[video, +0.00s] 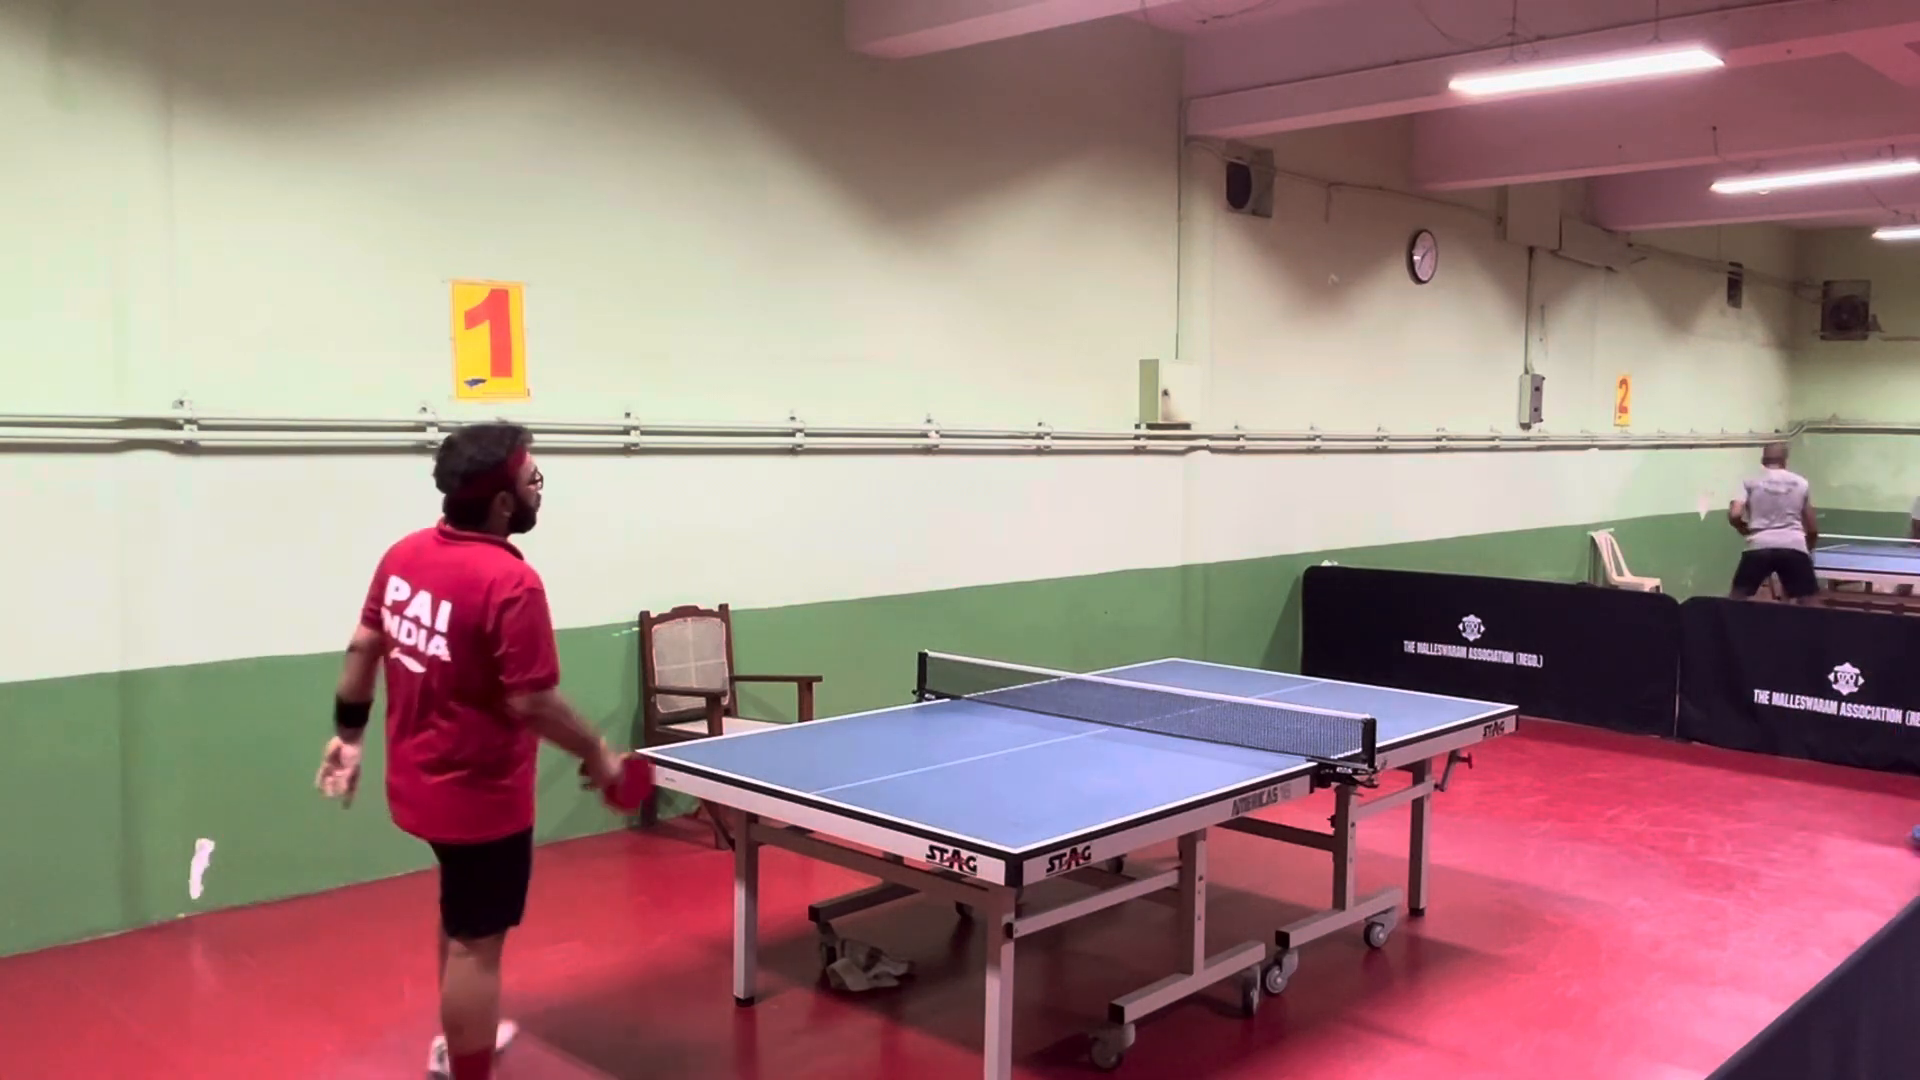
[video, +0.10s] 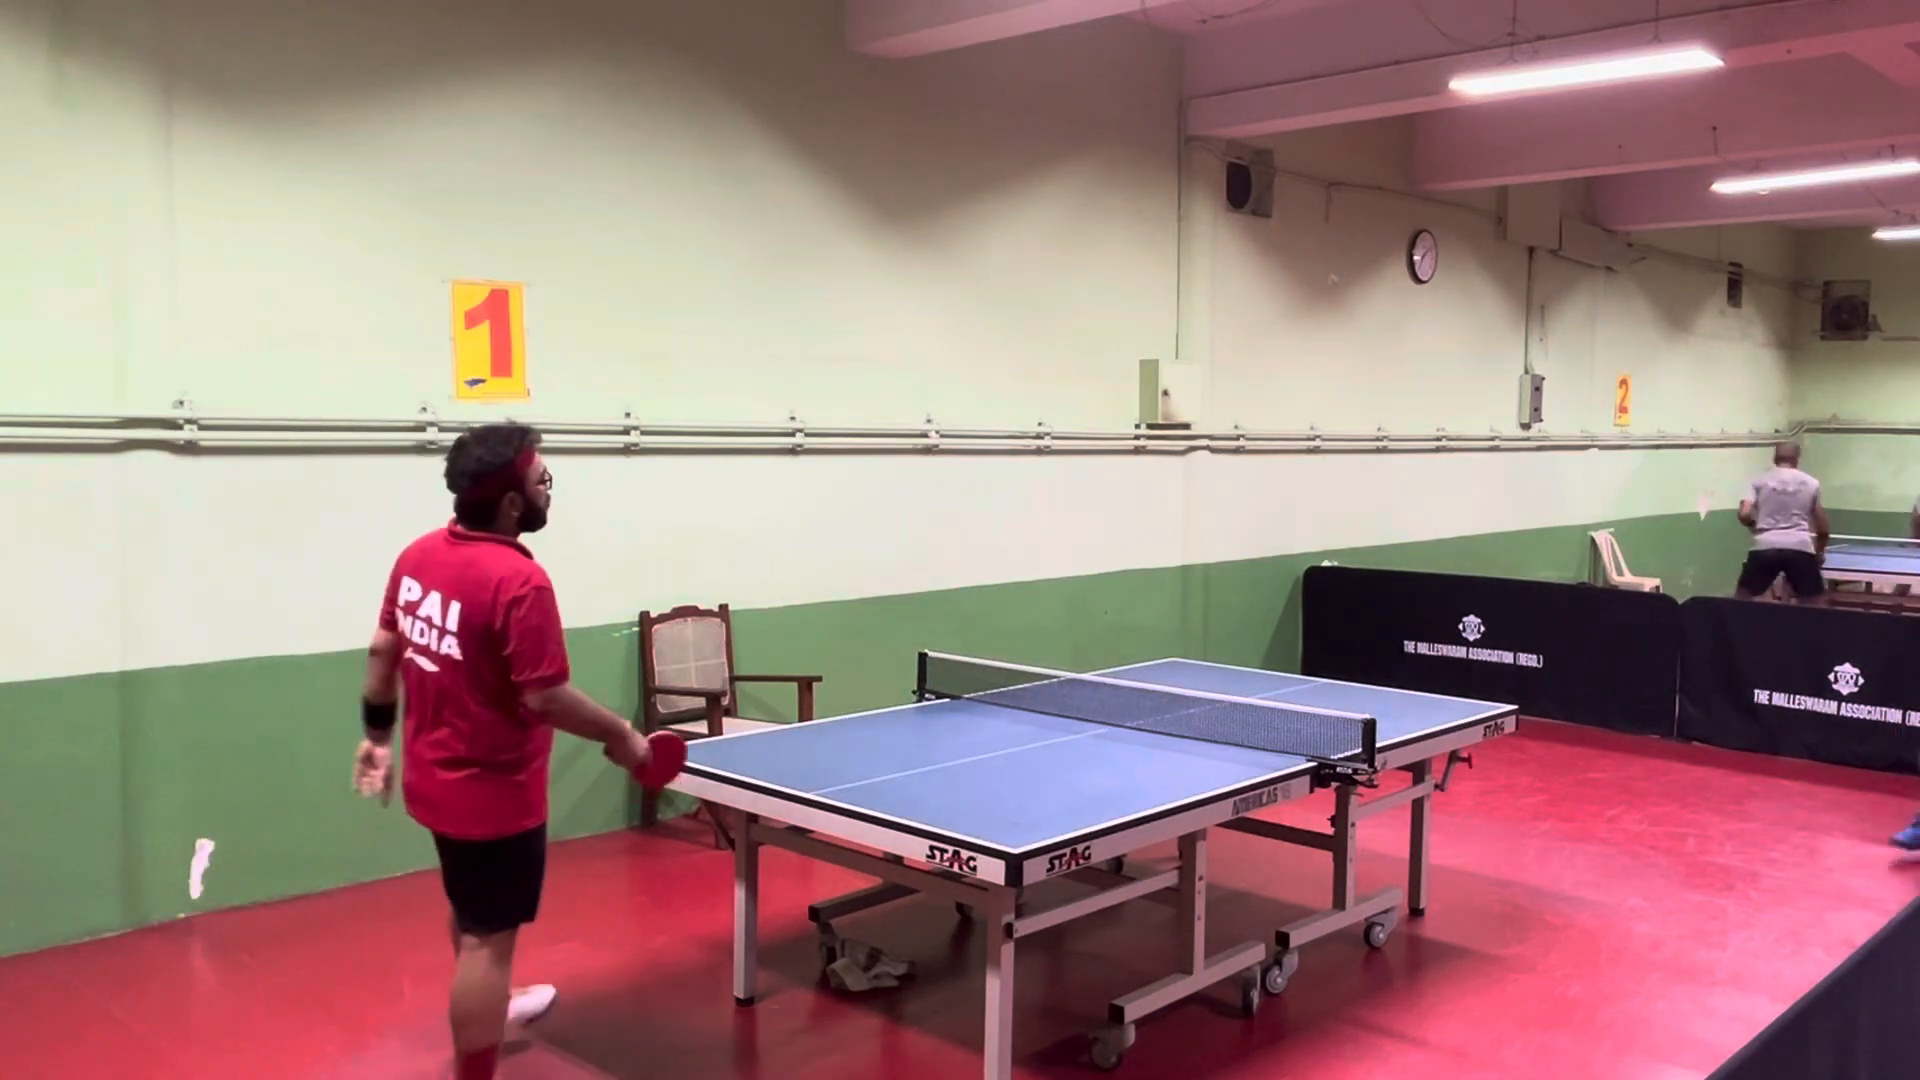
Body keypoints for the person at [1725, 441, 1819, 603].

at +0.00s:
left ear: (1763, 462)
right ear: (1785, 461)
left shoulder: (1750, 484)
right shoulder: (1801, 484)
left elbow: (1734, 516)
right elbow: (1812, 529)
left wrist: (1747, 532)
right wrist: (1806, 550)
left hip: (1758, 547)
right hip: (1794, 547)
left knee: (1735, 602)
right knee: (1810, 605)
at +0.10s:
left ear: (1774, 460)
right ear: (1797, 460)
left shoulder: (1759, 481)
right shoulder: (1811, 484)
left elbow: (1744, 514)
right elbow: (1823, 526)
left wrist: (1755, 525)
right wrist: (1819, 552)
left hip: (1764, 548)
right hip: (1801, 549)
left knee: (1742, 600)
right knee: (1815, 605)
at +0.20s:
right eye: (1808, 458)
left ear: (1787, 457)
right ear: (1809, 459)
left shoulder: (1770, 480)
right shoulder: (1822, 484)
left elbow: (1754, 512)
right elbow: (1832, 528)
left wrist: (1769, 525)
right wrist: (1828, 554)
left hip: (1772, 547)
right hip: (1807, 549)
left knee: (1747, 600)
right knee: (1821, 604)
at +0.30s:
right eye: (1817, 456)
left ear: (1796, 455)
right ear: (1817, 457)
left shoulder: (1777, 476)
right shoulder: (1829, 482)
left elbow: (1761, 510)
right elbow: (1840, 528)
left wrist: (1776, 521)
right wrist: (1835, 550)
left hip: (1777, 546)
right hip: (1812, 549)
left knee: (1752, 596)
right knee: (1824, 604)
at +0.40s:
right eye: (1819, 455)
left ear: (1799, 453)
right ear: (1821, 455)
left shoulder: (1779, 473)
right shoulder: (1833, 480)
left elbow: (1764, 509)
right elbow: (1842, 523)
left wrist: (1780, 521)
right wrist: (1834, 546)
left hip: (1779, 546)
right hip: (1815, 547)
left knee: (1757, 598)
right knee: (1824, 605)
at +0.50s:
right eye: (1819, 454)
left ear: (1798, 452)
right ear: (1820, 454)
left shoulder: (1779, 473)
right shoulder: (1832, 480)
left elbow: (1763, 508)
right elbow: (1838, 514)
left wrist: (1778, 521)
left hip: (1778, 545)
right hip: (1813, 547)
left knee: (1762, 598)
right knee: (1822, 604)